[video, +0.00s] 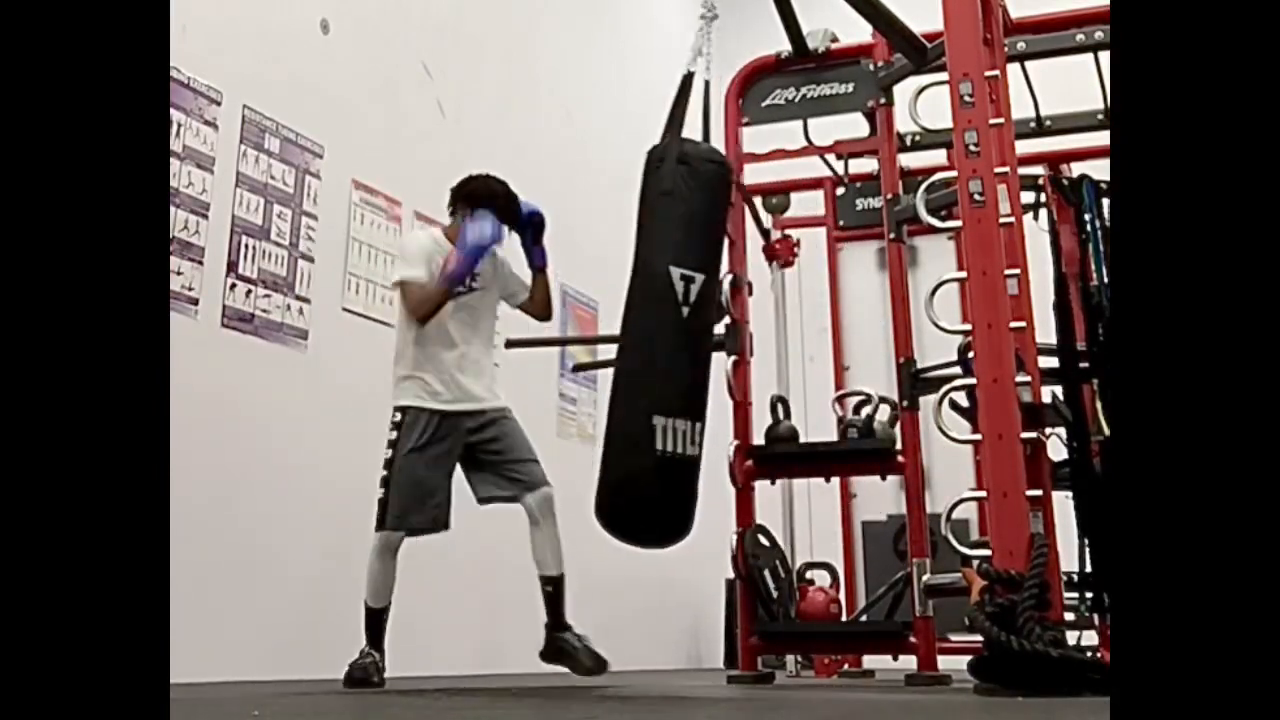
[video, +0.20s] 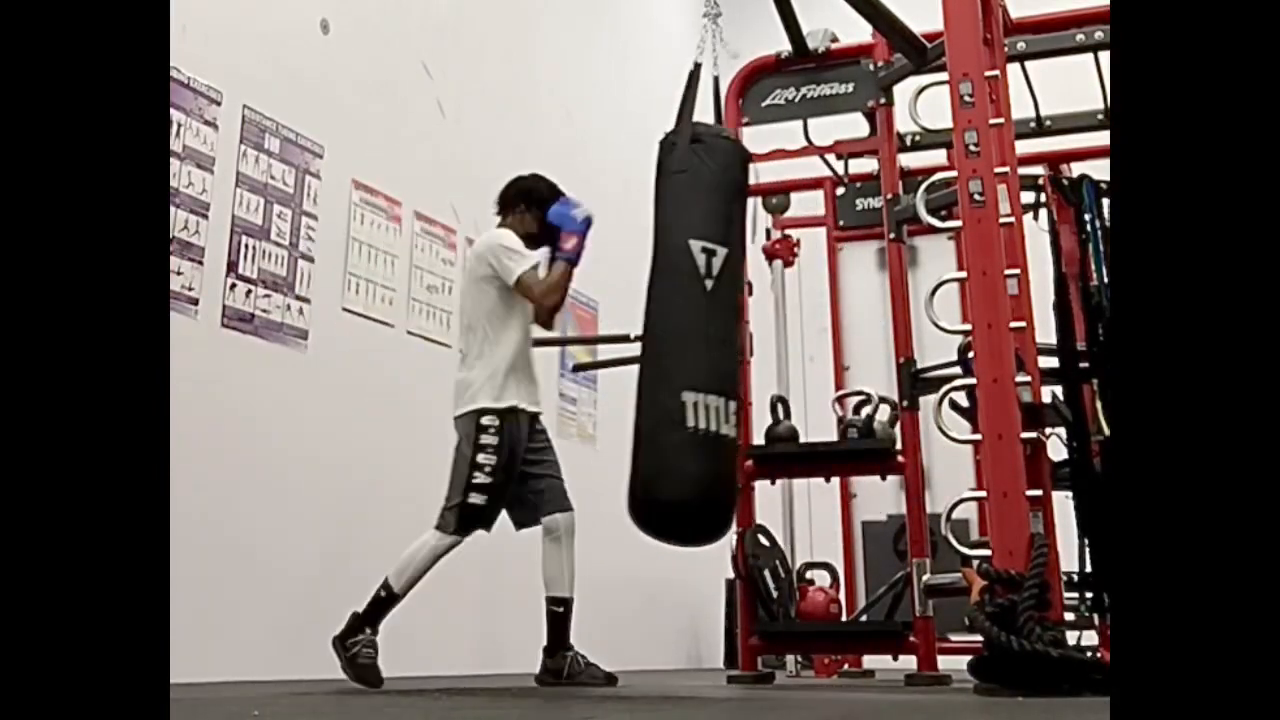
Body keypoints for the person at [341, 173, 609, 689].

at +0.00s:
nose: (487, 237)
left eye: (495, 229)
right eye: (482, 225)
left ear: (498, 229)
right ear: (458, 215)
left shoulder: (491, 262)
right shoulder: (420, 245)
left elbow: (540, 309)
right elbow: (418, 309)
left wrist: (534, 249)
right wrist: (462, 262)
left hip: (485, 405)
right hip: (423, 405)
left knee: (541, 499)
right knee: (388, 534)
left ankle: (558, 632)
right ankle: (372, 653)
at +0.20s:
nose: (545, 231)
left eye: (547, 223)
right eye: (542, 220)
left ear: (519, 213)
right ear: (521, 211)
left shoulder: (511, 254)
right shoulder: (495, 244)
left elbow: (545, 317)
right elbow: (545, 299)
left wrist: (567, 256)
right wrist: (565, 250)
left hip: (520, 409)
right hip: (489, 406)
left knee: (560, 521)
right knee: (453, 530)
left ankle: (559, 656)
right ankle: (359, 632)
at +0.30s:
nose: (548, 224)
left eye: (552, 217)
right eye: (543, 214)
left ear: (533, 222)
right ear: (515, 212)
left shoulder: (534, 269)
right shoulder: (485, 232)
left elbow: (575, 314)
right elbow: (512, 269)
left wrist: (578, 254)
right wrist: (546, 228)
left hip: (531, 407)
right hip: (479, 402)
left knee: (580, 511)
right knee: (440, 527)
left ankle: (564, 643)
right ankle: (396, 651)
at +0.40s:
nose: (546, 217)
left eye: (558, 210)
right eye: (538, 204)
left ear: (568, 216)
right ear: (517, 203)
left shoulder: (569, 268)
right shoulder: (483, 251)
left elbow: (619, 316)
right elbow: (441, 314)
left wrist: (629, 280)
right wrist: (496, 264)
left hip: (556, 414)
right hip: (489, 414)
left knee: (616, 516)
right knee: (439, 532)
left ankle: (651, 644)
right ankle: (392, 651)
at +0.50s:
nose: (616, 235)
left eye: (623, 227)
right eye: (613, 224)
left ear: (624, 230)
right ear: (595, 215)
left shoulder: (623, 281)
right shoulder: (552, 254)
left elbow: (655, 336)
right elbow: (489, 267)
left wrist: (671, 287)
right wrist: (562, 242)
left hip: (597, 422)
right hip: (539, 411)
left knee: (653, 517)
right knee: (479, 530)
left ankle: (659, 652)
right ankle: (401, 640)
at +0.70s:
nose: (602, 246)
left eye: (608, 240)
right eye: (599, 235)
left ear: (590, 237)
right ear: (573, 223)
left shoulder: (578, 282)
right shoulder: (542, 249)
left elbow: (600, 350)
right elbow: (542, 297)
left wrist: (622, 286)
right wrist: (598, 302)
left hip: (571, 417)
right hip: (527, 403)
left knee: (631, 524)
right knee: (498, 534)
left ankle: (658, 656)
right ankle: (399, 632)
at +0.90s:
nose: (503, 191)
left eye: (512, 185)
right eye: (500, 178)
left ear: (507, 192)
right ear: (476, 176)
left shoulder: (502, 232)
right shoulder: (439, 198)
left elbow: (531, 296)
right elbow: (459, 242)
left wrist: (539, 230)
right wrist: (496, 193)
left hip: (481, 379)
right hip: (429, 368)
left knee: (492, 512)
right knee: (397, 498)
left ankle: (465, 649)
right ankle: (358, 635)